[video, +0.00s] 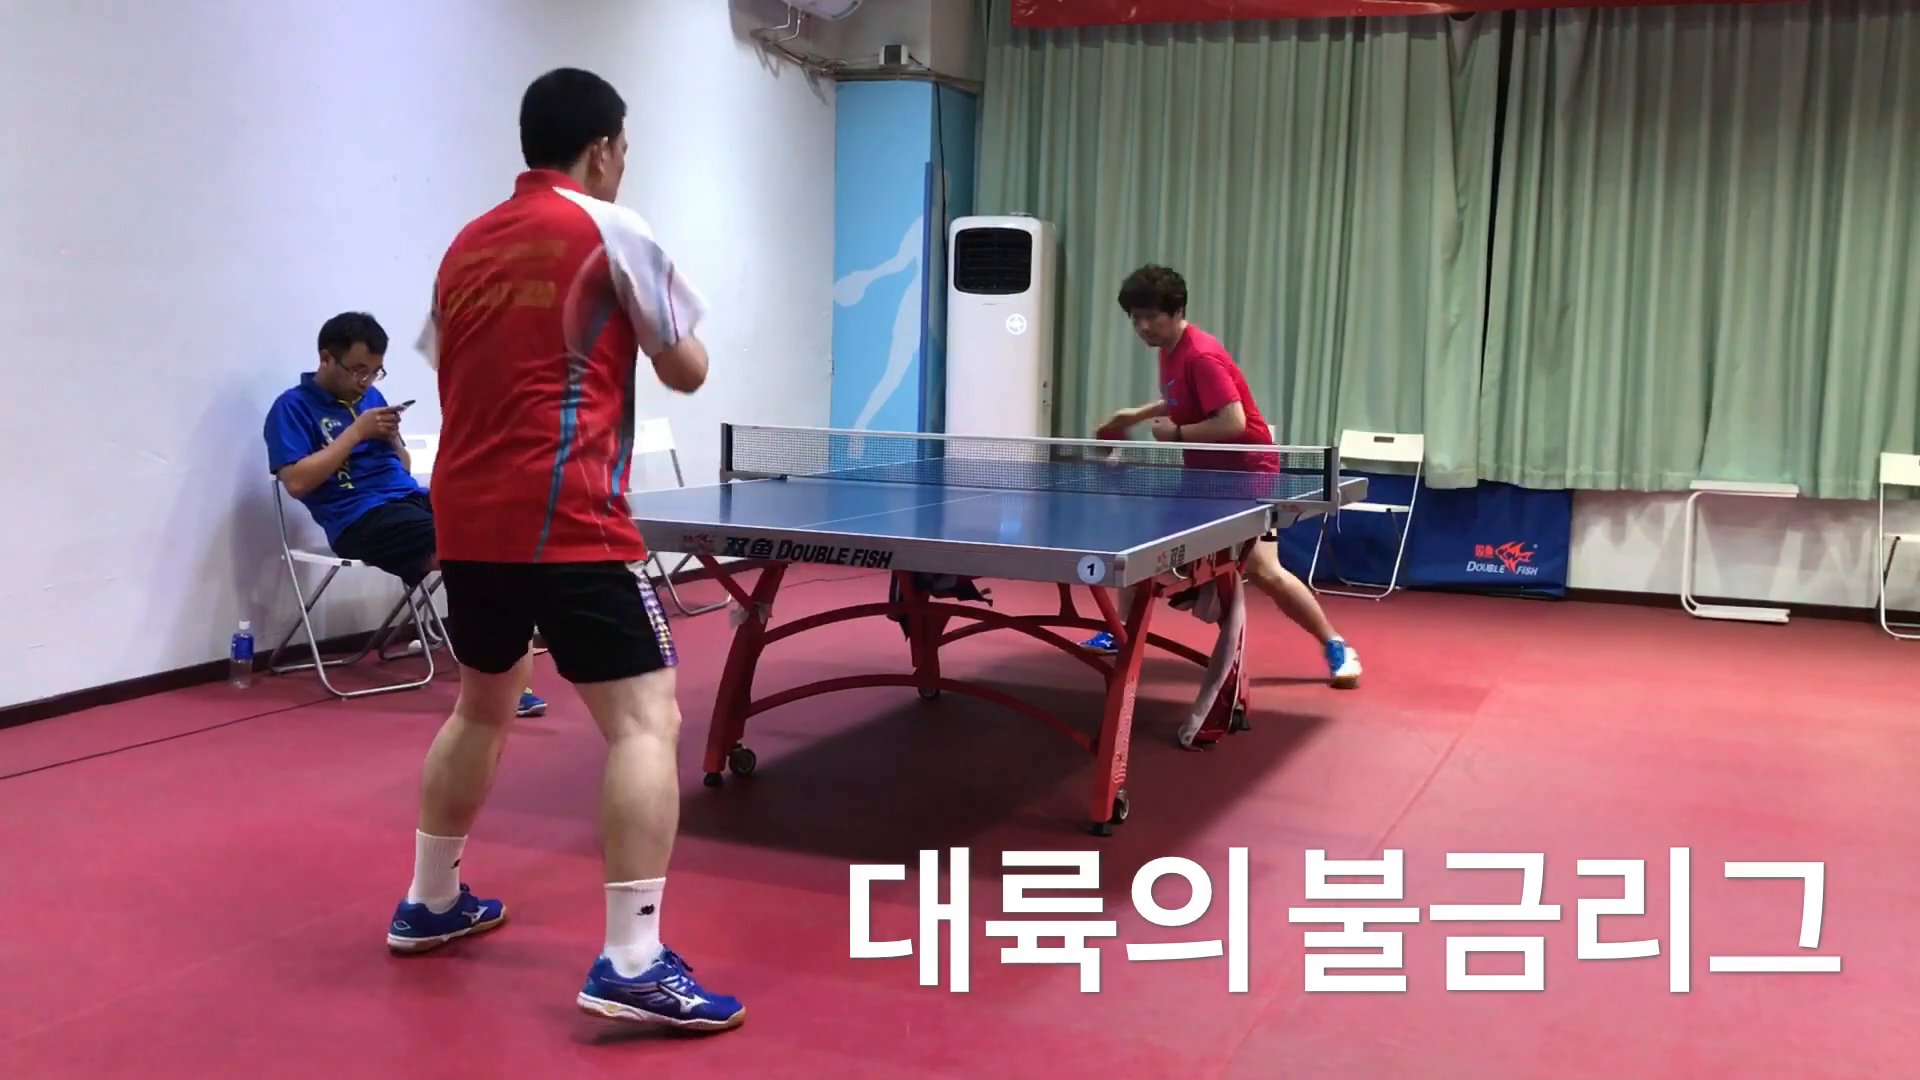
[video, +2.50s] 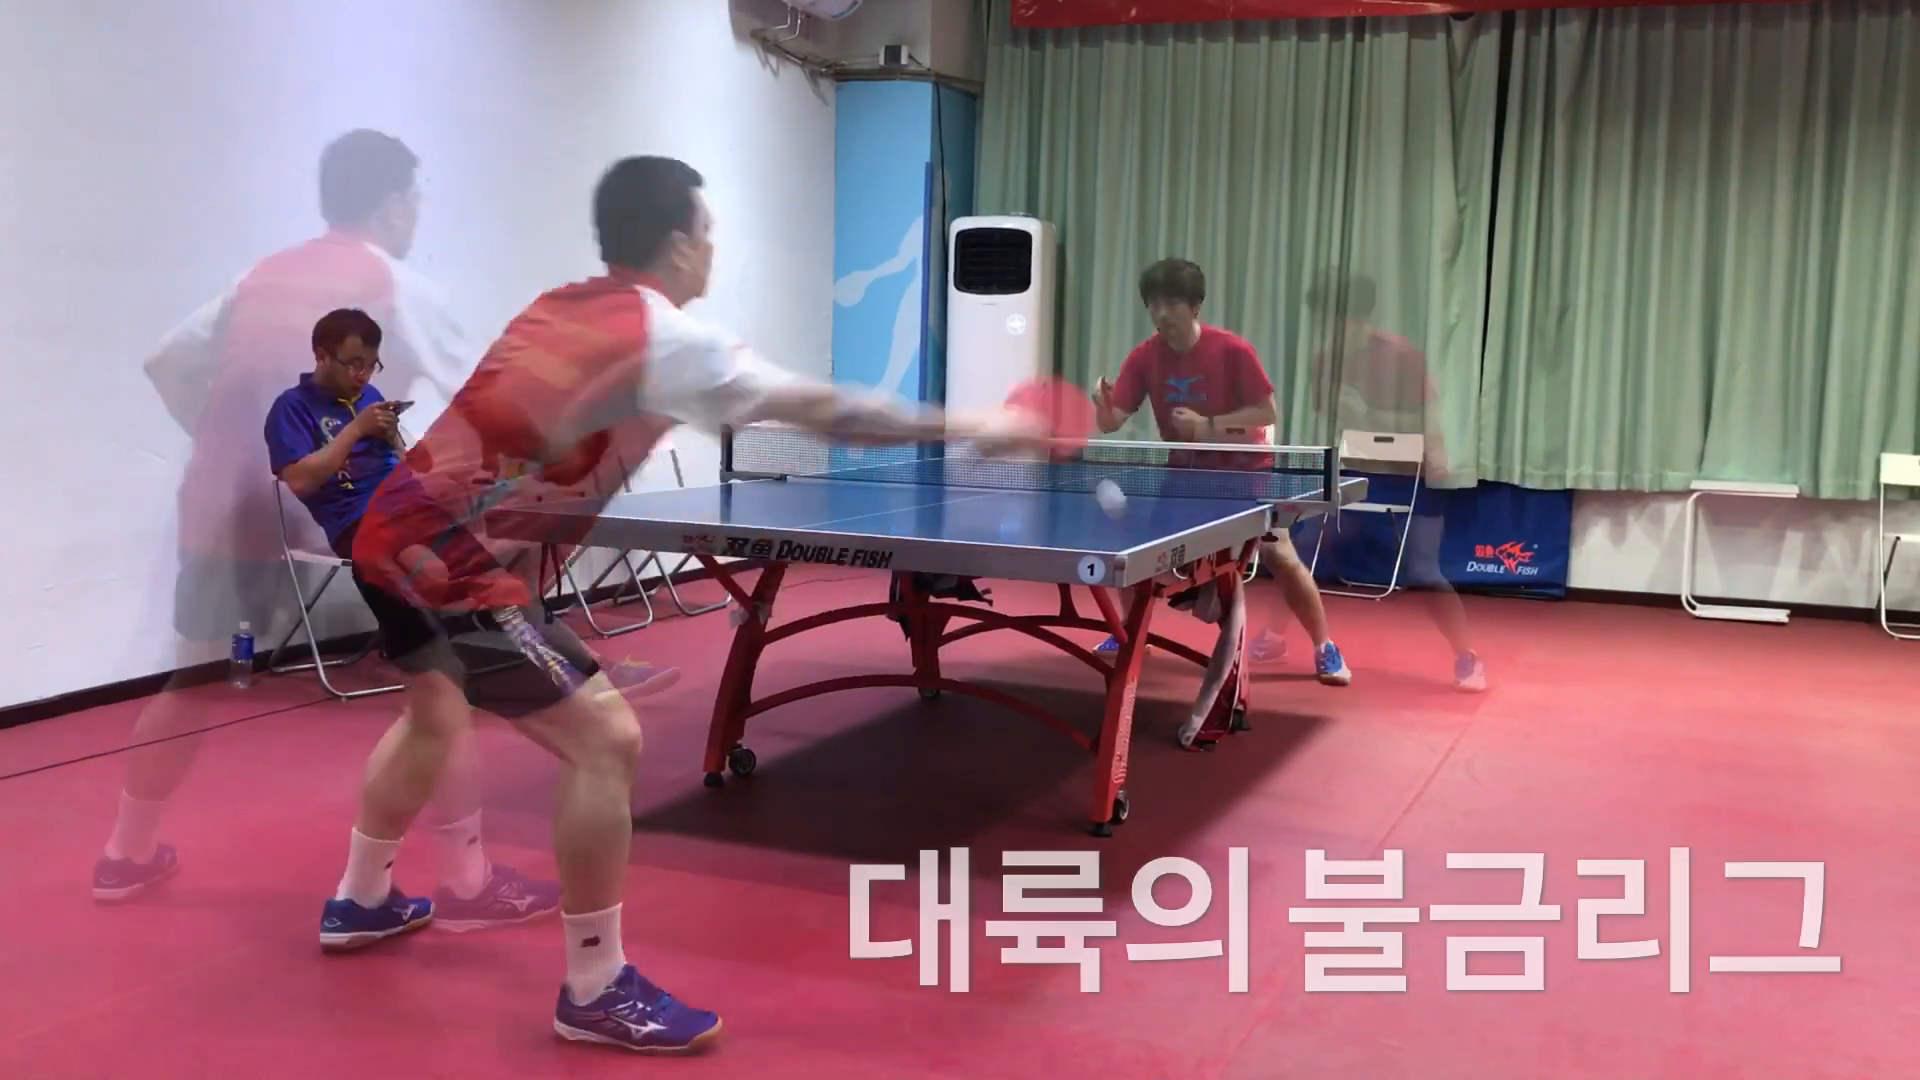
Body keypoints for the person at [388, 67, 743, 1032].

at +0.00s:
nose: (621, 166)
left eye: (620, 152)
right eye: (621, 152)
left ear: (527, 149)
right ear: (602, 152)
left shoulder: (463, 242)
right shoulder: (612, 231)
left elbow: (443, 359)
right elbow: (683, 373)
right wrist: (651, 317)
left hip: (468, 524)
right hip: (573, 523)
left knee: (480, 707)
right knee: (641, 722)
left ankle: (430, 901)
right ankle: (631, 962)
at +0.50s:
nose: (720, 218)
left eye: (723, 201)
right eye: (720, 200)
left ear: (638, 192)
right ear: (692, 202)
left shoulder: (597, 265)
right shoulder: (623, 285)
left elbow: (569, 421)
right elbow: (602, 448)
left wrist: (645, 462)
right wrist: (717, 547)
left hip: (487, 551)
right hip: (542, 565)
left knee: (523, 726)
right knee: (668, 743)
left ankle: (428, 901)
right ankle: (635, 986)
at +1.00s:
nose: (597, 177)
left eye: (594, 160)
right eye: (596, 160)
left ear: (503, 158)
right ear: (573, 161)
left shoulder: (439, 244)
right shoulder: (568, 255)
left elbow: (457, 385)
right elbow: (650, 390)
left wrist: (573, 395)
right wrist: (693, 343)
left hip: (421, 533)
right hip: (519, 534)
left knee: (480, 707)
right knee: (611, 726)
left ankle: (422, 900)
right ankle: (611, 971)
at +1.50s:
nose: (677, 226)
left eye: (676, 207)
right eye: (672, 207)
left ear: (596, 205)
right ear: (638, 209)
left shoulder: (546, 280)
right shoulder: (580, 297)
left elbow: (563, 457)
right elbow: (566, 456)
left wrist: (681, 526)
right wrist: (693, 525)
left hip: (442, 564)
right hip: (511, 576)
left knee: (492, 719)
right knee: (649, 744)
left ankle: (409, 901)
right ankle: (616, 988)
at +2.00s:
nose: (616, 192)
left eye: (614, 178)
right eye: (615, 179)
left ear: (518, 179)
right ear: (598, 184)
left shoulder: (458, 266)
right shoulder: (612, 281)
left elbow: (423, 391)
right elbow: (698, 424)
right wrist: (706, 380)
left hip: (428, 544)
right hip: (540, 554)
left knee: (448, 703)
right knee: (646, 743)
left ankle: (408, 898)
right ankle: (609, 979)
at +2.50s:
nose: (712, 251)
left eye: (708, 233)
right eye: (704, 234)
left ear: (622, 238)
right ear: (675, 243)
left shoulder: (558, 307)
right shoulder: (655, 335)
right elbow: (823, 407)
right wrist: (980, 428)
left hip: (392, 539)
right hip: (444, 556)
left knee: (433, 715)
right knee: (604, 740)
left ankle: (359, 897)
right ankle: (596, 988)